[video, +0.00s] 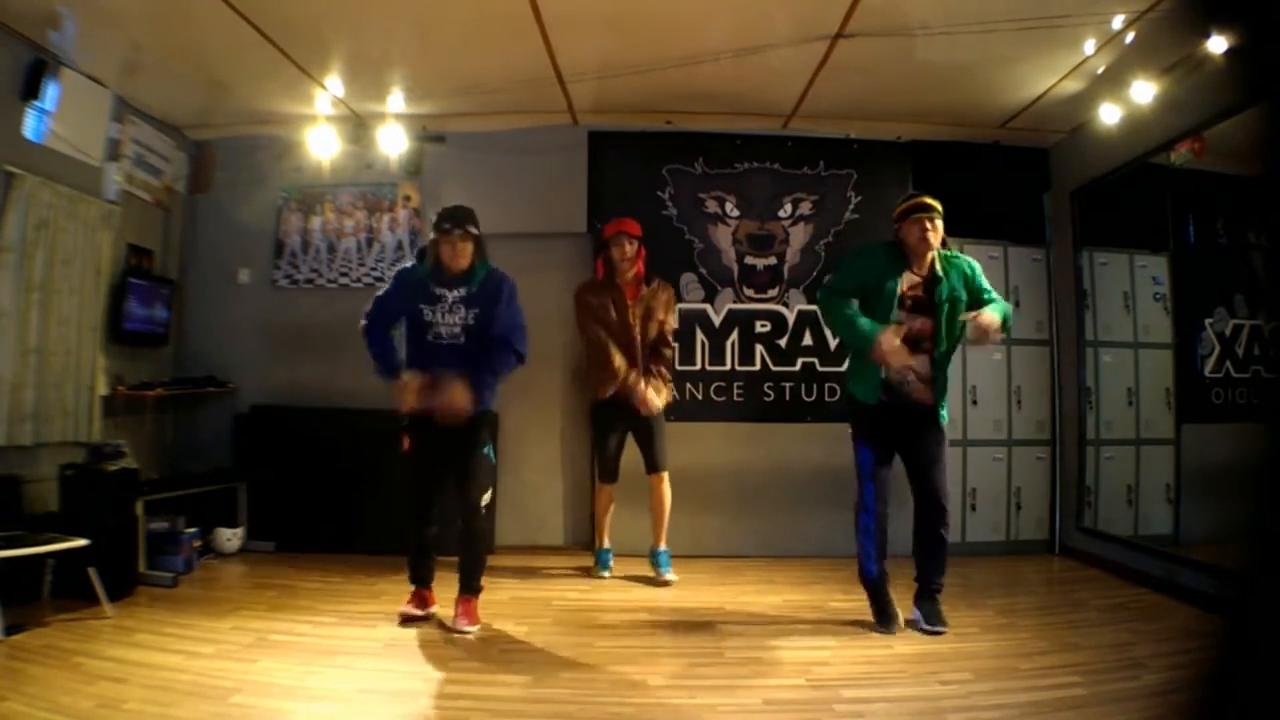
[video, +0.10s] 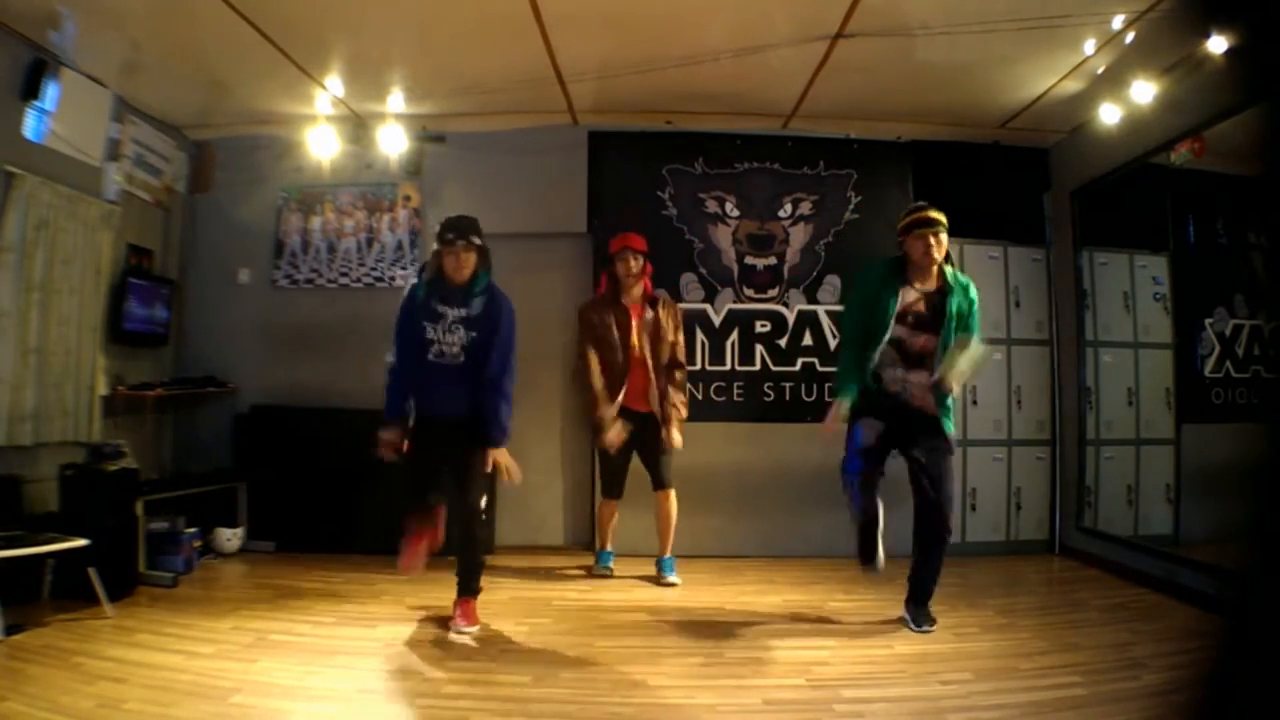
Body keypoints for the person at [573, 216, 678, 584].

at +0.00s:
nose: (623, 250)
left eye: (630, 243)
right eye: (616, 244)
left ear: (640, 248)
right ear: (606, 250)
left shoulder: (660, 291)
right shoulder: (590, 293)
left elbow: (666, 345)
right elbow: (599, 346)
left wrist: (656, 386)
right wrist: (633, 385)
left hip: (650, 395)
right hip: (609, 395)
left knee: (658, 471)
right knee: (605, 477)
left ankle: (661, 550)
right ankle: (603, 551)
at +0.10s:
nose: (629, 266)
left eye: (635, 259)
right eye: (622, 260)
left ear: (645, 264)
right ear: (612, 266)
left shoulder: (665, 308)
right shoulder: (595, 311)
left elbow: (677, 364)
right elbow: (590, 367)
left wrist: (674, 416)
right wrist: (605, 417)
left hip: (656, 414)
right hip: (615, 414)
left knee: (665, 486)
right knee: (610, 492)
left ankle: (667, 559)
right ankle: (604, 556)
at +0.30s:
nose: (628, 267)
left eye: (634, 260)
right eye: (621, 261)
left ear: (645, 262)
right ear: (613, 267)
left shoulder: (674, 300)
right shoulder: (603, 303)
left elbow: (707, 343)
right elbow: (579, 341)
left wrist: (687, 380)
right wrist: (554, 370)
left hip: (666, 402)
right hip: (624, 399)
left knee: (665, 483)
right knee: (628, 479)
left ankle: (663, 552)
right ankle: (631, 542)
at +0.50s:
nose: (625, 274)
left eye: (631, 268)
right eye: (619, 267)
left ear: (644, 272)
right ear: (611, 272)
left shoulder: (669, 309)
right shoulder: (604, 314)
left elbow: (694, 362)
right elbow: (590, 360)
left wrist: (701, 418)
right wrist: (583, 402)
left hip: (671, 410)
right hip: (631, 409)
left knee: (670, 491)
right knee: (638, 488)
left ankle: (676, 539)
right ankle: (655, 569)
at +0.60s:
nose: (643, 256)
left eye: (649, 249)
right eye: (637, 248)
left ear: (662, 254)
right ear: (627, 252)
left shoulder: (679, 298)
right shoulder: (612, 295)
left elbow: (694, 358)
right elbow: (599, 341)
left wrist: (708, 414)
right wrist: (589, 391)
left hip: (669, 395)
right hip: (629, 393)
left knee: (670, 472)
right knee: (639, 478)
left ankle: (676, 488)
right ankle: (653, 557)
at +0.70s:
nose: (654, 256)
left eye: (662, 251)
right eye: (649, 248)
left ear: (671, 259)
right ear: (637, 252)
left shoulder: (683, 302)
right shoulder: (613, 297)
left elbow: (696, 356)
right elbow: (600, 350)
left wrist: (706, 409)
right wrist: (601, 404)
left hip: (671, 398)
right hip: (631, 396)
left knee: (671, 460)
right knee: (641, 484)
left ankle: (670, 464)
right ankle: (647, 558)